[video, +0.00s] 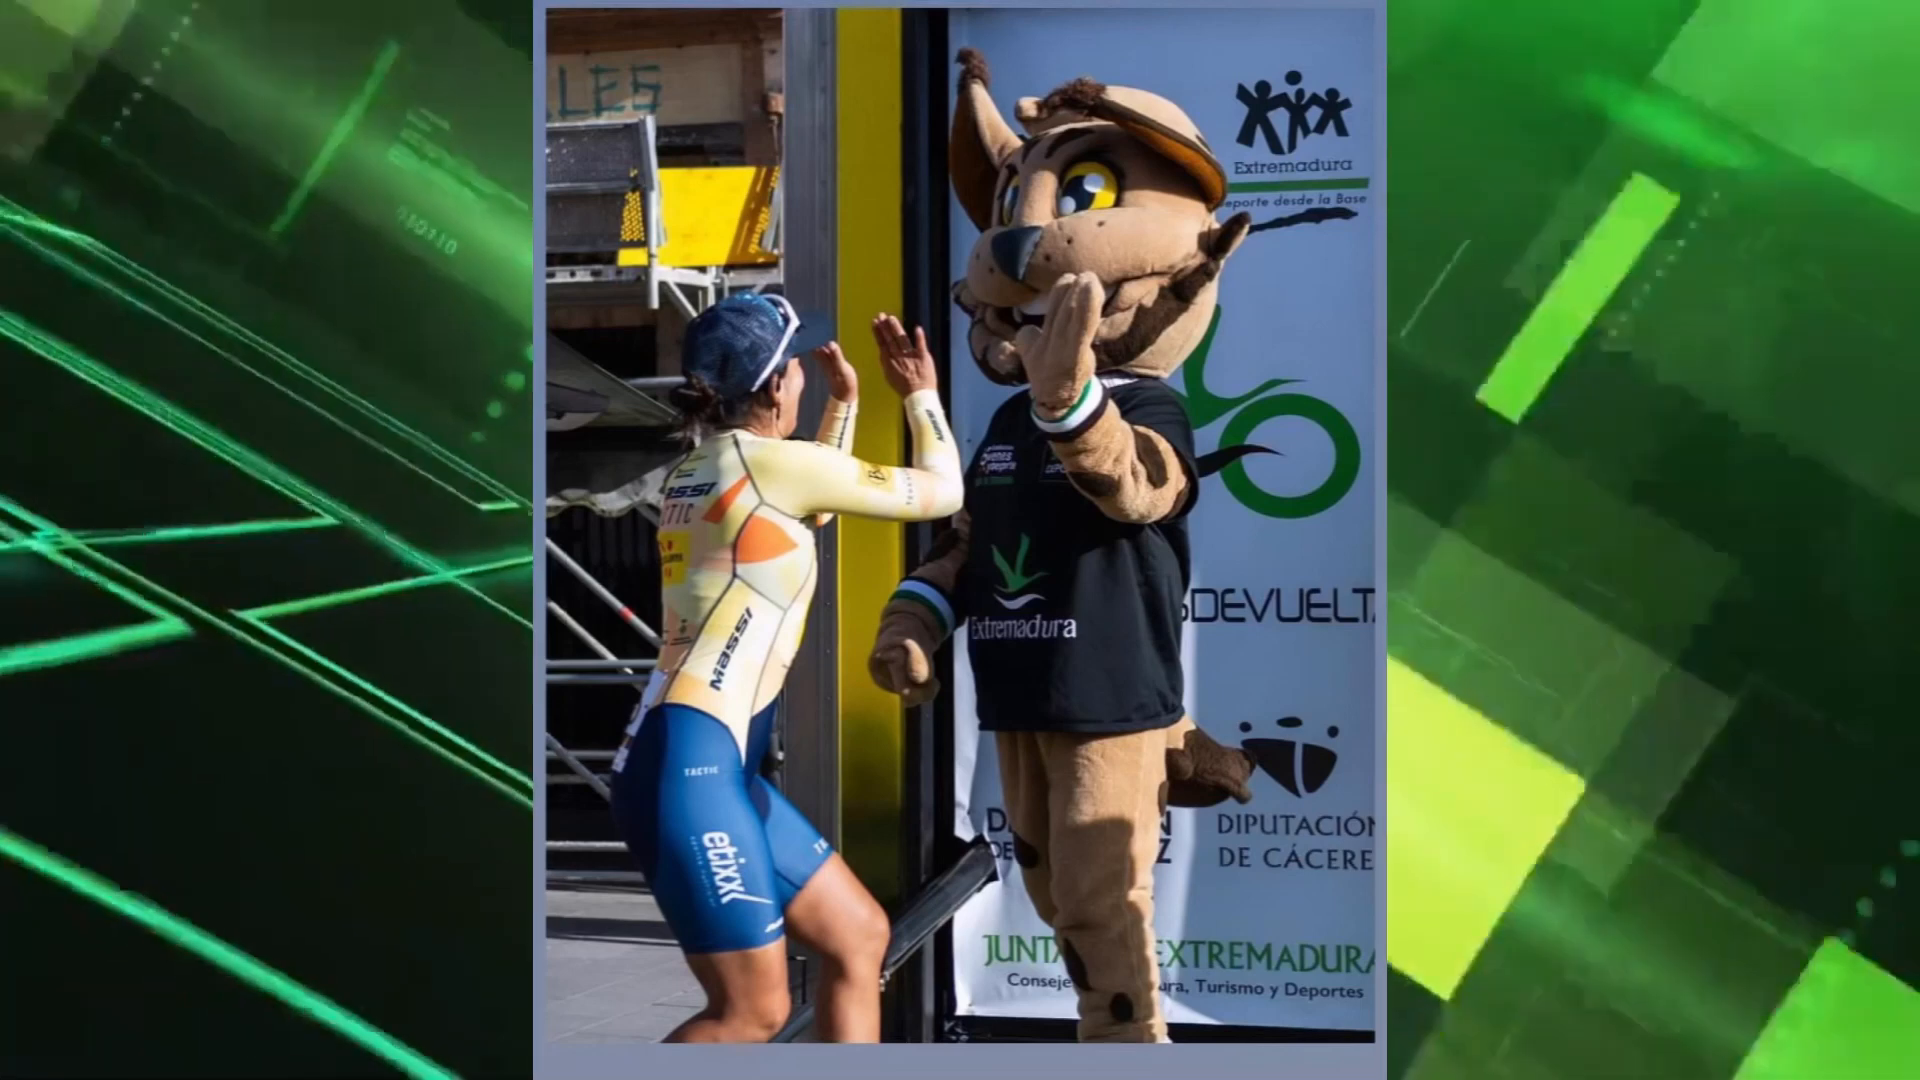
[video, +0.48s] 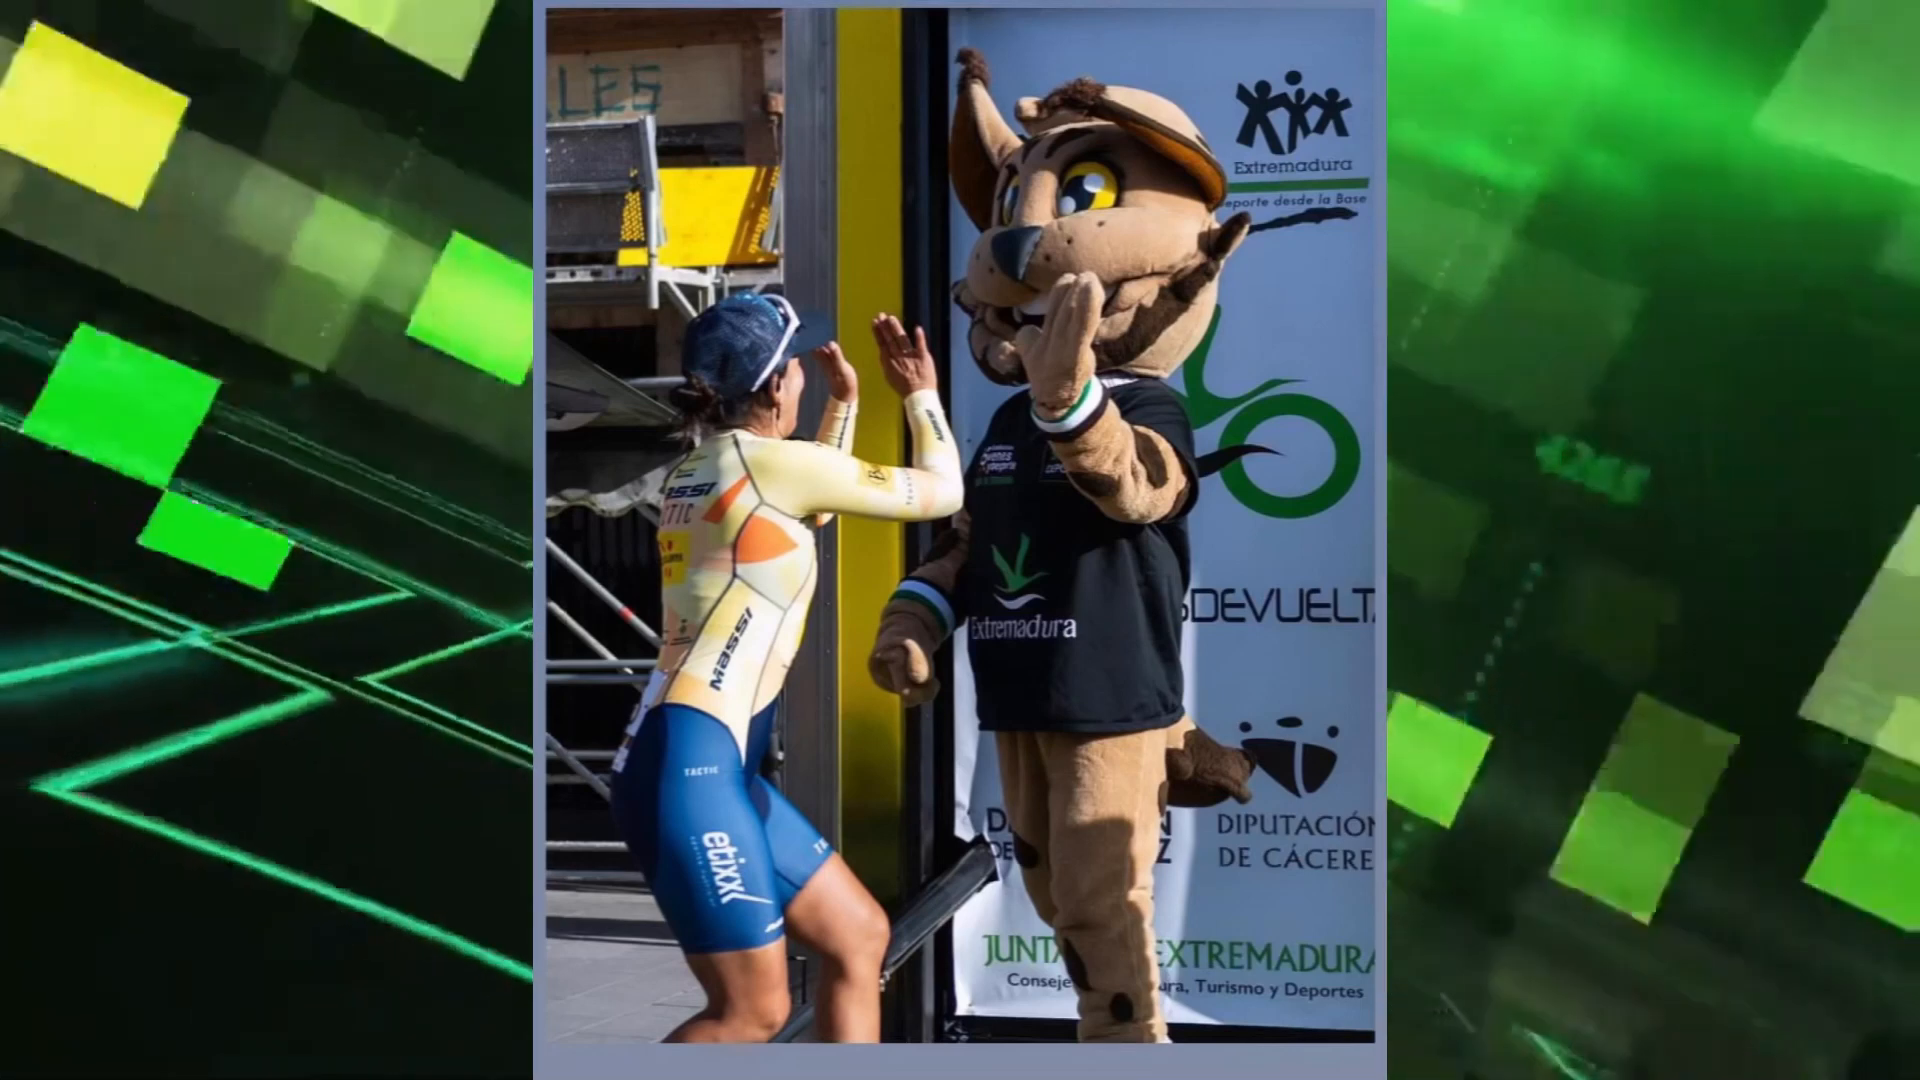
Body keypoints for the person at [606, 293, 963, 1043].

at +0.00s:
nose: (803, 377)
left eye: (799, 362)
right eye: (796, 364)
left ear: (714, 387)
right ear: (777, 380)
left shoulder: (694, 471)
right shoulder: (781, 465)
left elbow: (798, 494)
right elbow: (938, 492)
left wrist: (841, 411)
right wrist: (924, 395)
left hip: (714, 769)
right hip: (686, 774)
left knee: (860, 934)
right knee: (754, 1010)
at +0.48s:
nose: (803, 377)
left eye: (799, 363)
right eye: (796, 364)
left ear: (715, 387)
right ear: (776, 380)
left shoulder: (692, 471)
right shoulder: (778, 465)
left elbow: (798, 494)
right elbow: (938, 492)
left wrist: (840, 412)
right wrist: (924, 395)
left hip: (714, 770)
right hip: (686, 774)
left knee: (860, 934)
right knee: (754, 1010)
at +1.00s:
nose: (803, 377)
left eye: (800, 363)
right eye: (796, 364)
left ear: (715, 387)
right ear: (776, 380)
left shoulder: (692, 471)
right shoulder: (778, 465)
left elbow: (797, 494)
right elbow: (938, 492)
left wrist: (840, 412)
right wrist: (924, 396)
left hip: (714, 770)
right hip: (686, 774)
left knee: (860, 934)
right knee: (754, 1010)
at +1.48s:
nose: (803, 377)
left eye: (800, 363)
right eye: (796, 364)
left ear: (715, 387)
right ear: (776, 380)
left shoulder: (692, 471)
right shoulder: (778, 465)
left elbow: (798, 494)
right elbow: (938, 492)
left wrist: (840, 412)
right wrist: (924, 395)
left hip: (714, 770)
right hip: (686, 774)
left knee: (860, 934)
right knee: (754, 1010)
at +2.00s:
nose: (803, 377)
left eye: (799, 363)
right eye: (796, 364)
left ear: (716, 387)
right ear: (776, 381)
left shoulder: (693, 471)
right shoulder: (778, 465)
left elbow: (801, 495)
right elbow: (939, 492)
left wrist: (840, 411)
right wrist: (924, 396)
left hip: (714, 769)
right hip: (686, 774)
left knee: (860, 933)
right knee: (754, 1009)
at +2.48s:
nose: (803, 377)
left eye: (800, 363)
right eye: (796, 364)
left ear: (715, 387)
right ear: (776, 381)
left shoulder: (692, 471)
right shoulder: (778, 465)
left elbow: (798, 494)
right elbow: (938, 492)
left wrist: (840, 412)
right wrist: (924, 396)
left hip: (714, 770)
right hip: (686, 774)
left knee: (860, 934)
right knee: (754, 1010)